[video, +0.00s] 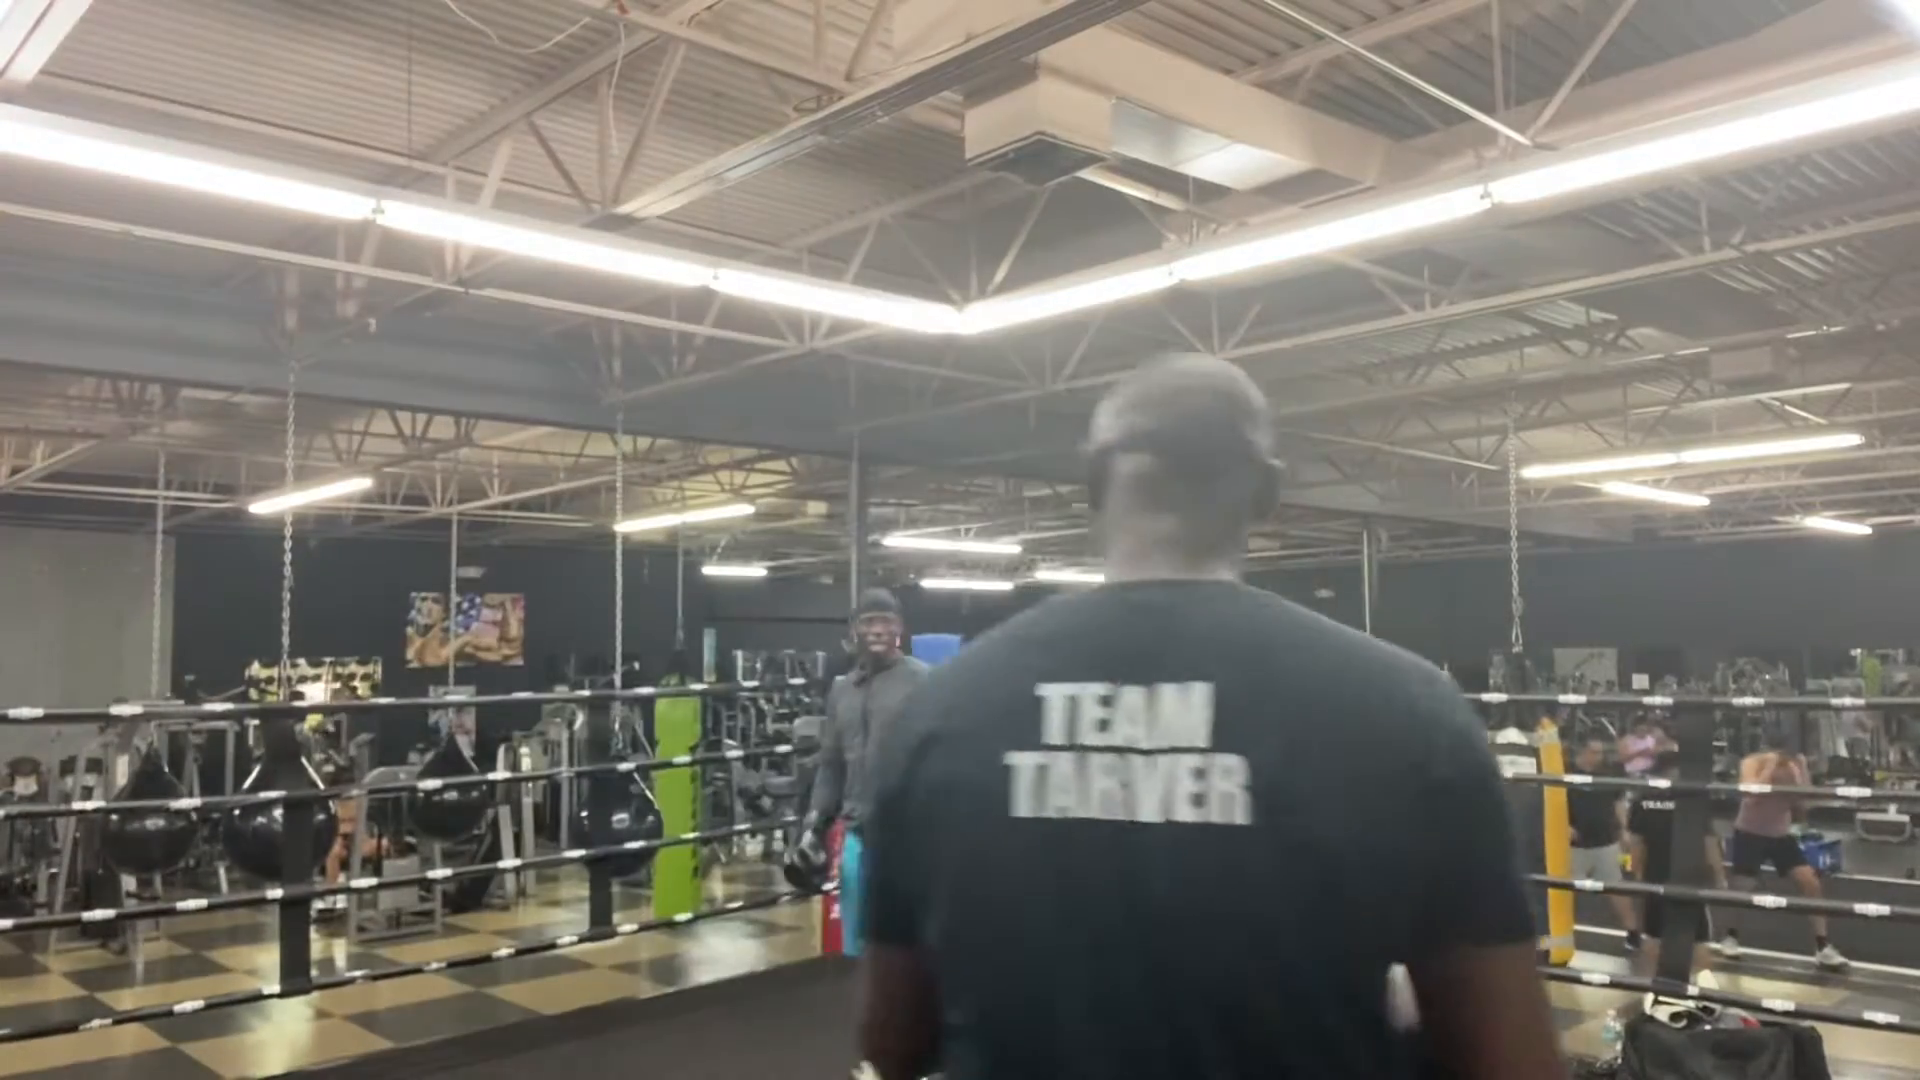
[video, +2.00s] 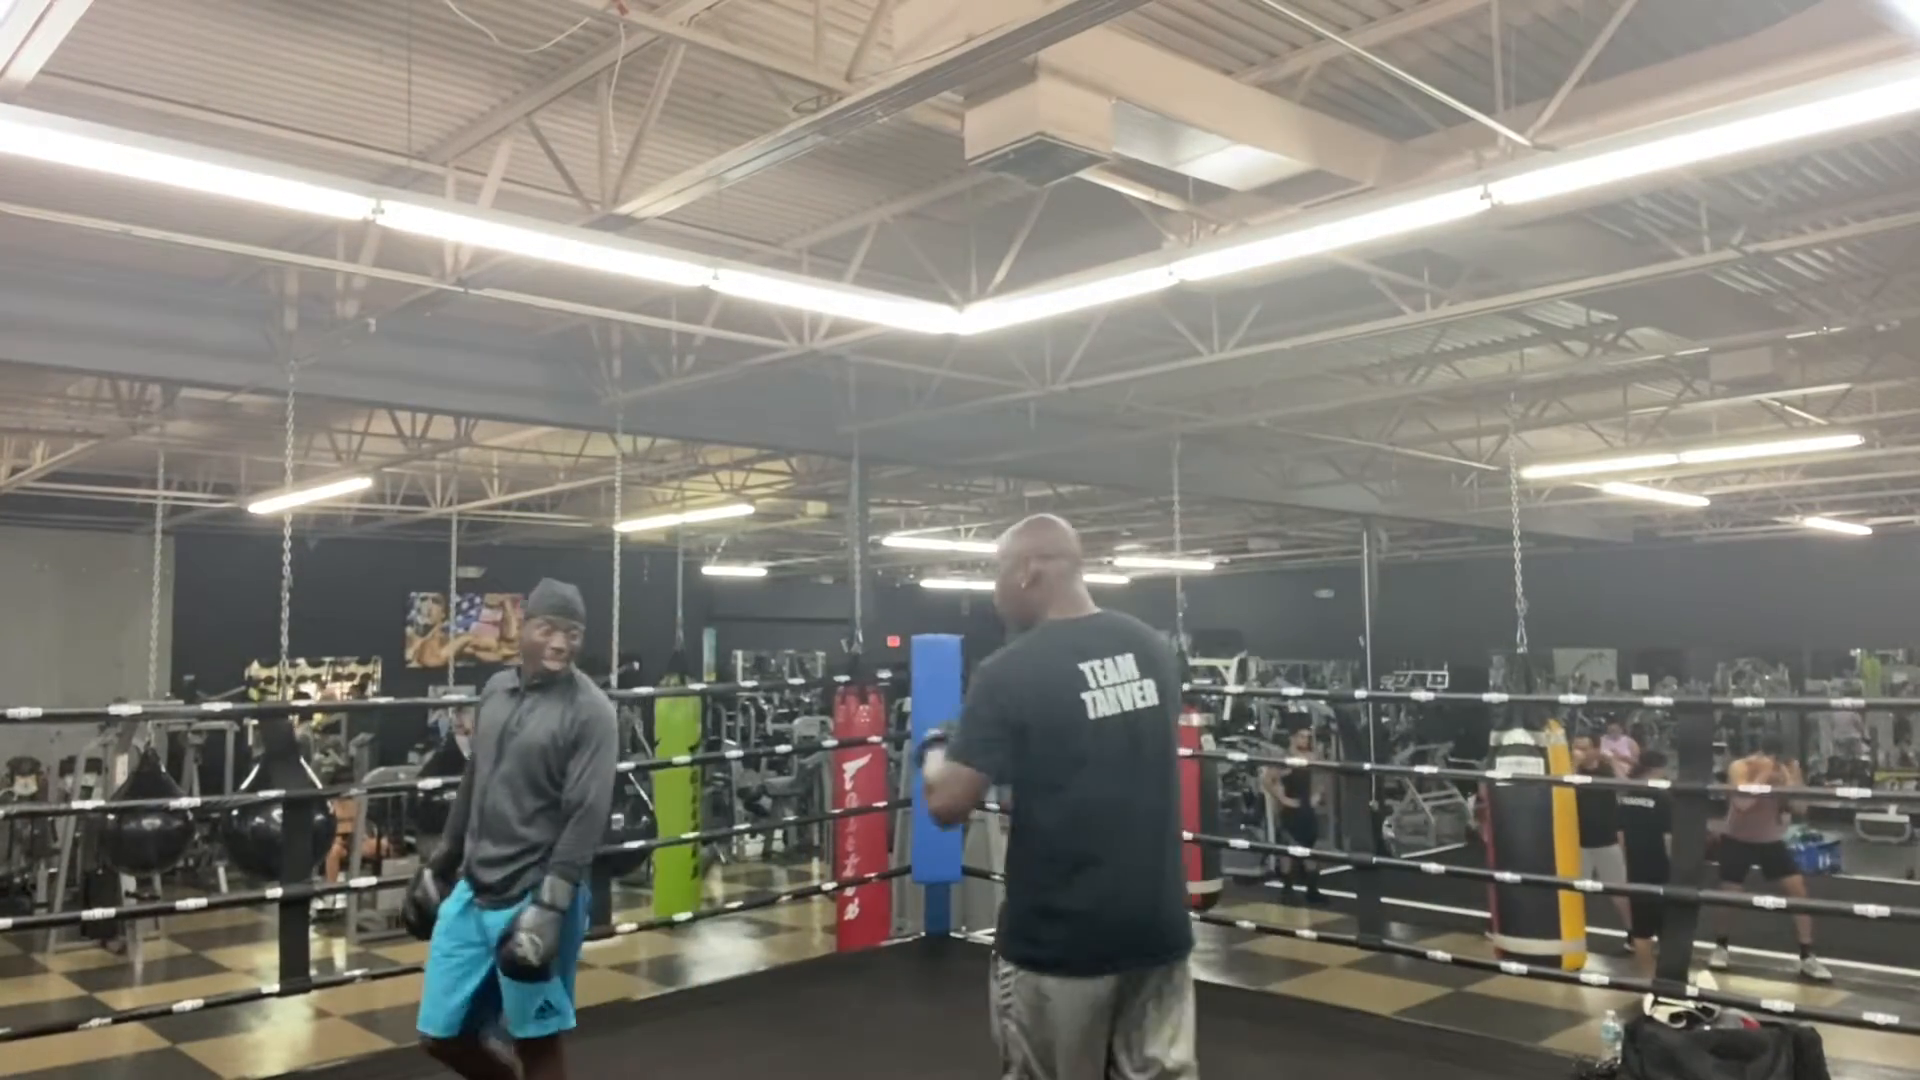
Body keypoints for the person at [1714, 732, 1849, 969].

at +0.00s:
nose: (1783, 751)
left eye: (1788, 746)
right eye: (1778, 746)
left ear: (1793, 746)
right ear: (1769, 744)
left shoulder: (1797, 764)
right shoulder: (1752, 763)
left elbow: (1804, 803)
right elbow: (1750, 792)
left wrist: (1792, 779)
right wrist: (1770, 768)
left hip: (1781, 837)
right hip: (1749, 835)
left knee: (1811, 883)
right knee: (1741, 889)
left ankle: (1822, 946)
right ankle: (1730, 935)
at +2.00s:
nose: (1770, 762)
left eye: (1775, 757)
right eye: (1765, 756)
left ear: (1781, 755)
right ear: (1756, 752)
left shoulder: (1788, 769)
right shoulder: (1740, 768)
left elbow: (1800, 807)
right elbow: (1742, 804)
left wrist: (1786, 784)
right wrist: (1762, 778)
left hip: (1772, 843)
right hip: (1738, 842)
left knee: (1799, 893)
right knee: (1729, 896)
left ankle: (1807, 956)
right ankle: (1721, 947)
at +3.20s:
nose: (1873, 779)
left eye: (1873, 775)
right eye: (1870, 774)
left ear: (1853, 766)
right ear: (1862, 769)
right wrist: (1903, 789)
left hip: (1828, 859)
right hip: (1802, 856)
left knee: (1867, 901)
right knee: (1819, 925)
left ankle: (1873, 968)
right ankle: (1769, 949)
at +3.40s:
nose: (1867, 766)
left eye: (1869, 762)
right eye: (1866, 761)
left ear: (1860, 760)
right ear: (1853, 756)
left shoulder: (1859, 780)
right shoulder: (1823, 773)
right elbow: (1843, 804)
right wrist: (1872, 786)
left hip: (1838, 850)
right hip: (1805, 848)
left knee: (1867, 899)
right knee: (1802, 904)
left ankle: (1873, 967)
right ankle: (1777, 953)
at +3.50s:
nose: (1855, 767)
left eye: (1860, 763)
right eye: (1853, 762)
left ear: (1863, 763)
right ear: (1842, 758)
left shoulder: (1859, 780)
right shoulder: (1816, 775)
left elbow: (1877, 808)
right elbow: (1828, 813)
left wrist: (1873, 776)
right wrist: (1849, 786)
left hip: (1839, 852)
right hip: (1804, 850)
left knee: (1866, 898)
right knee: (1789, 905)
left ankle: (1873, 967)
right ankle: (1780, 955)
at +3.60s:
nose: (1844, 776)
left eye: (1849, 771)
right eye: (1839, 770)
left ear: (1853, 770)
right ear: (1827, 767)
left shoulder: (1855, 780)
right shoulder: (1807, 779)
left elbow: (1868, 817)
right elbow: (1810, 817)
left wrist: (1854, 792)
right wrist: (1829, 789)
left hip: (1842, 856)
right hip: (1802, 855)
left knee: (1867, 903)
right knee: (1784, 903)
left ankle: (1874, 966)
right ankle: (1782, 957)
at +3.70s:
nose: (1834, 777)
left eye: (1838, 773)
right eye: (1830, 772)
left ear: (1844, 773)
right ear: (1820, 771)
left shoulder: (1849, 791)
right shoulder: (1801, 788)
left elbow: (1860, 831)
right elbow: (1789, 826)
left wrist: (1846, 802)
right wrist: (1812, 798)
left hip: (1842, 859)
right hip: (1802, 858)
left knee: (1866, 905)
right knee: (1788, 905)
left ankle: (1876, 967)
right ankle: (1782, 957)